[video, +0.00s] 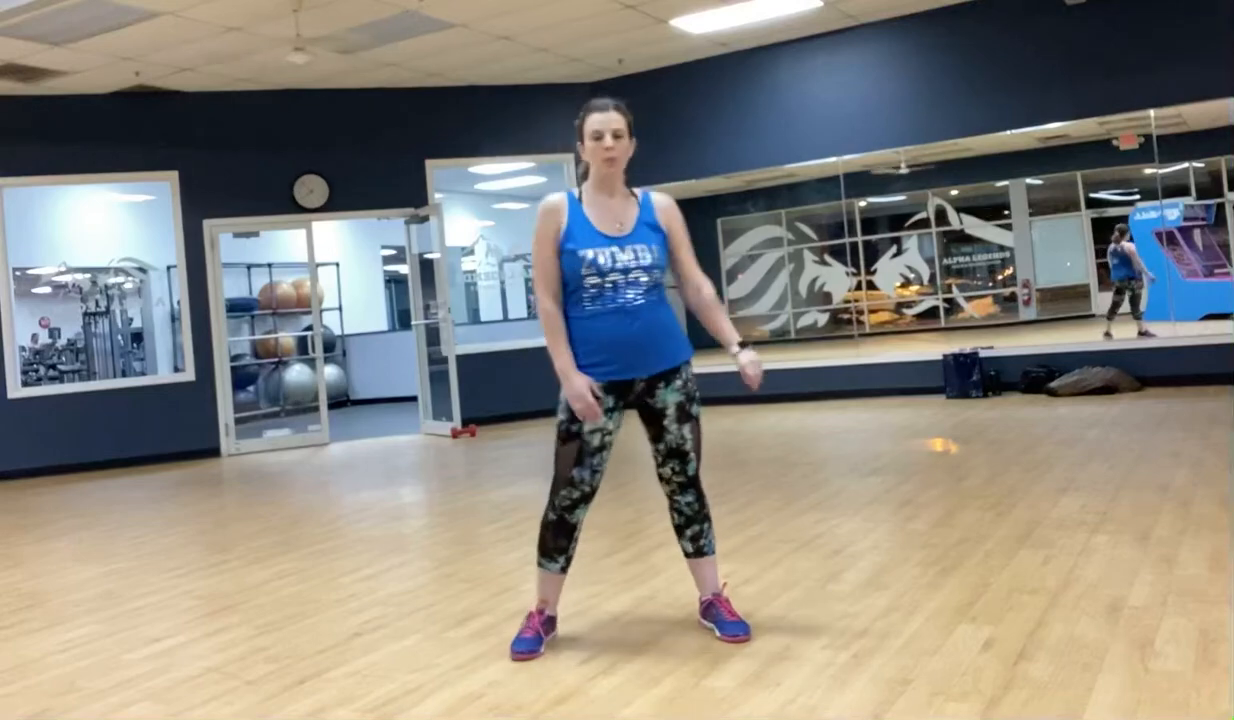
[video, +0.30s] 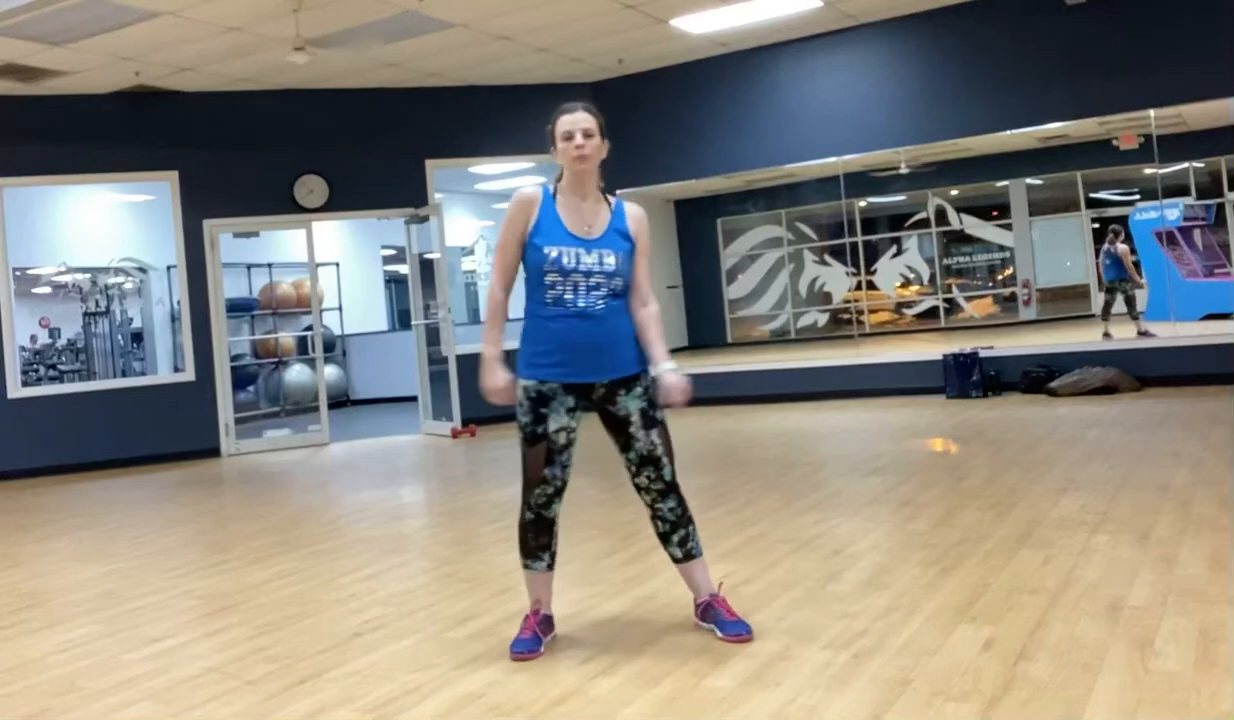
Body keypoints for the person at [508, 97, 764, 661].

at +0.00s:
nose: (608, 144)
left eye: (617, 135)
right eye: (597, 136)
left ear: (632, 144)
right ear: (581, 147)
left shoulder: (661, 209)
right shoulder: (557, 213)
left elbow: (697, 286)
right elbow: (548, 302)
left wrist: (738, 346)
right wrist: (568, 375)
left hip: (666, 369)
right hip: (593, 377)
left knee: (684, 482)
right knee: (570, 493)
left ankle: (714, 600)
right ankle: (543, 613)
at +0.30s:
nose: (579, 144)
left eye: (588, 135)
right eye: (569, 137)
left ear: (604, 144)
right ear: (554, 148)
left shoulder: (630, 216)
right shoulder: (530, 203)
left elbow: (643, 301)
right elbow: (499, 287)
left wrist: (664, 364)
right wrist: (492, 358)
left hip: (623, 374)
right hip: (549, 377)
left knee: (660, 485)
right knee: (541, 495)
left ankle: (707, 600)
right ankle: (538, 613)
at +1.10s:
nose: (598, 143)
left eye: (605, 135)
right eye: (587, 137)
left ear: (619, 144)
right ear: (571, 152)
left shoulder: (652, 187)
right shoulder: (562, 223)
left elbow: (709, 254)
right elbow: (565, 310)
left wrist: (716, 330)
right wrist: (561, 382)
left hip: (673, 365)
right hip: (599, 376)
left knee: (689, 482)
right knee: (573, 490)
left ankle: (711, 600)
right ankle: (545, 612)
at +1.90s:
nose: (602, 158)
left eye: (603, 148)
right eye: (588, 154)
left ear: (611, 152)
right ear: (564, 166)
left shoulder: (628, 231)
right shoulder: (540, 201)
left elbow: (648, 308)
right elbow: (489, 270)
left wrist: (702, 345)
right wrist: (482, 347)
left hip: (632, 371)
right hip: (562, 378)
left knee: (665, 483)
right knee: (559, 496)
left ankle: (705, 600)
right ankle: (545, 614)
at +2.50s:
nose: (591, 155)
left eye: (589, 143)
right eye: (576, 156)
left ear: (601, 143)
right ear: (562, 176)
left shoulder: (652, 203)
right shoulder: (552, 224)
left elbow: (707, 263)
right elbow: (536, 304)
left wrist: (696, 328)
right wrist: (510, 372)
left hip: (649, 371)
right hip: (572, 376)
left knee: (682, 484)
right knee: (559, 490)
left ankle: (712, 599)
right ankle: (545, 613)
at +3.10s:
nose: (578, 142)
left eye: (583, 133)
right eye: (565, 139)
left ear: (599, 143)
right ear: (550, 156)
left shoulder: (635, 215)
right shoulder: (528, 220)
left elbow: (659, 296)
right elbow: (476, 293)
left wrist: (698, 329)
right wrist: (439, 350)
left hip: (637, 371)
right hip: (560, 379)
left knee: (667, 484)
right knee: (552, 497)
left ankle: (710, 600)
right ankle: (545, 615)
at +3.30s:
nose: (560, 139)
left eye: (566, 130)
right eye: (547, 135)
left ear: (583, 142)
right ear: (533, 154)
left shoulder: (618, 215)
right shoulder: (512, 216)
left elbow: (637, 294)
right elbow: (442, 270)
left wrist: (644, 344)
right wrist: (380, 312)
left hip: (616, 373)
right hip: (542, 380)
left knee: (660, 483)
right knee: (541, 500)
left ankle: (707, 600)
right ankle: (545, 615)